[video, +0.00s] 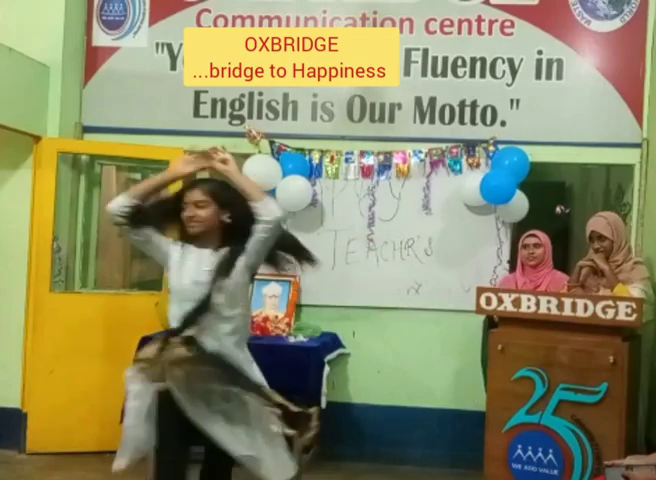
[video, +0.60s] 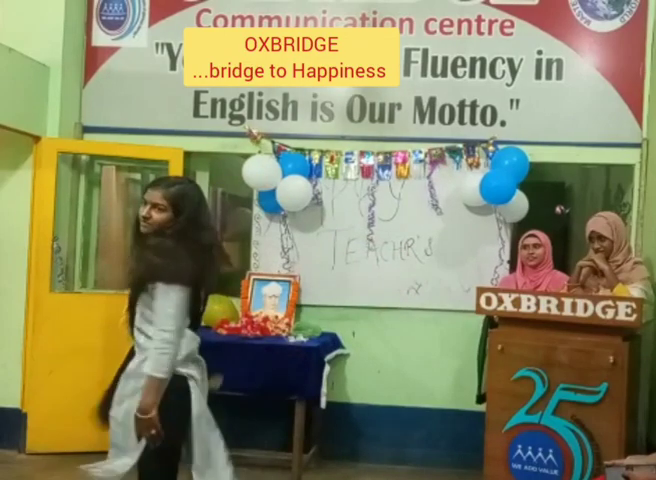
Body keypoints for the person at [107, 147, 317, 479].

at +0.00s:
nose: (190, 214)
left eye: (201, 205)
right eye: (186, 206)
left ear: (225, 214)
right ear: (180, 212)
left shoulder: (240, 260)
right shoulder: (174, 253)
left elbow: (271, 217)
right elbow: (118, 212)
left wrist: (234, 174)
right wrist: (172, 174)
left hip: (228, 385)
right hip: (175, 382)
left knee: (217, 472)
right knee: (168, 469)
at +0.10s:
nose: (168, 216)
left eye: (178, 209)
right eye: (168, 209)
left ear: (201, 213)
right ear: (167, 212)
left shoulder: (222, 265)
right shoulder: (169, 257)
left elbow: (224, 228)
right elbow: (119, 221)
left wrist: (209, 178)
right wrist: (158, 187)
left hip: (216, 403)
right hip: (168, 401)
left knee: (224, 472)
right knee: (169, 470)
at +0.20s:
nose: (156, 215)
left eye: (165, 208)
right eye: (158, 207)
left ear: (187, 219)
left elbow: (150, 264)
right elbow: (148, 345)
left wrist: (183, 205)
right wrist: (87, 361)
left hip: (185, 388)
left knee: (176, 465)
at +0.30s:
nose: (148, 212)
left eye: (157, 206)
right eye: (151, 204)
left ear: (177, 217)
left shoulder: (176, 268)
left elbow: (131, 320)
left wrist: (123, 259)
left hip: (176, 385)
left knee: (161, 471)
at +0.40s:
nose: (142, 211)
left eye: (152, 206)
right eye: (146, 203)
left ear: (175, 215)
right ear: (179, 217)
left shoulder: (162, 264)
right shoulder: (204, 266)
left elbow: (148, 331)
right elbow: (191, 331)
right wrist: (140, 348)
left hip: (164, 385)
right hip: (188, 383)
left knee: (145, 470)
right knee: (165, 468)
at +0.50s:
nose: (142, 212)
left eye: (154, 207)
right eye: (145, 204)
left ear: (178, 216)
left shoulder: (163, 263)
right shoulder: (191, 262)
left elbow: (141, 336)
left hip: (164, 386)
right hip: (183, 383)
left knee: (150, 470)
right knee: (161, 468)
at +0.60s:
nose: (145, 213)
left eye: (157, 208)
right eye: (145, 204)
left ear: (181, 217)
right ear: (142, 203)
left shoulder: (174, 258)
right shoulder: (164, 255)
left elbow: (167, 337)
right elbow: (164, 335)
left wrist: (147, 404)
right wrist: (147, 400)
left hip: (167, 386)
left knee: (156, 471)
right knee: (151, 470)